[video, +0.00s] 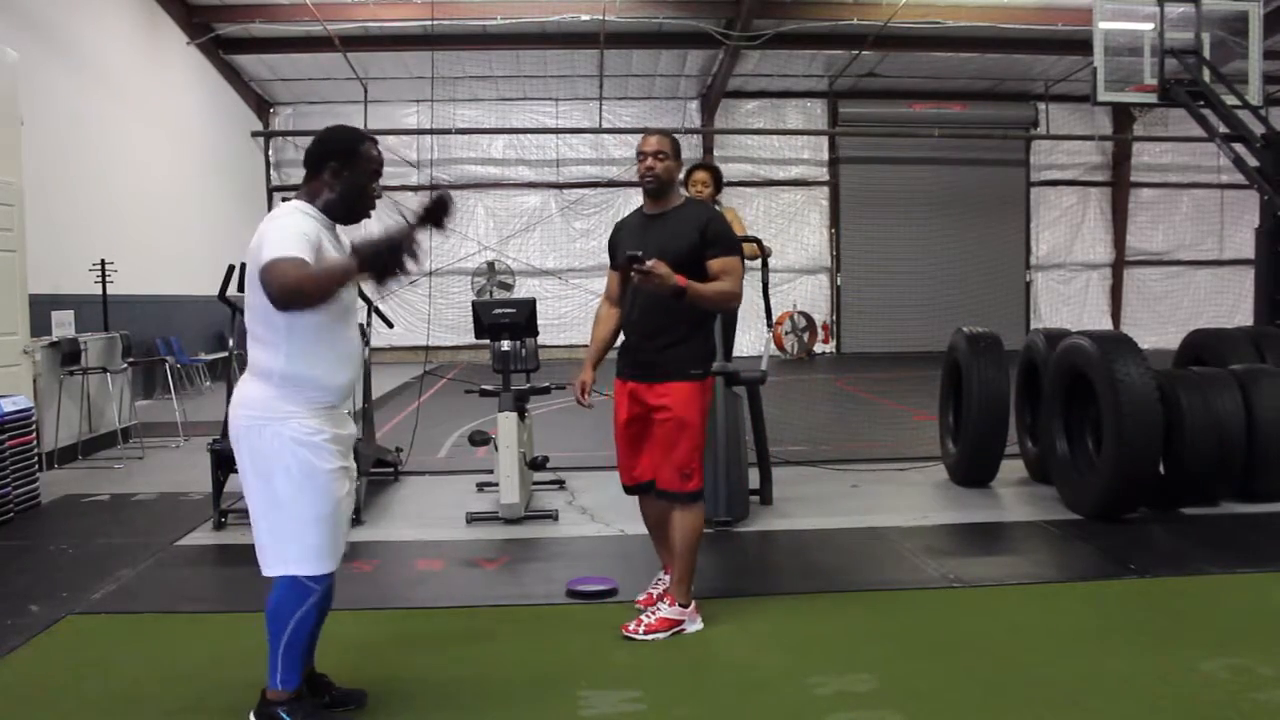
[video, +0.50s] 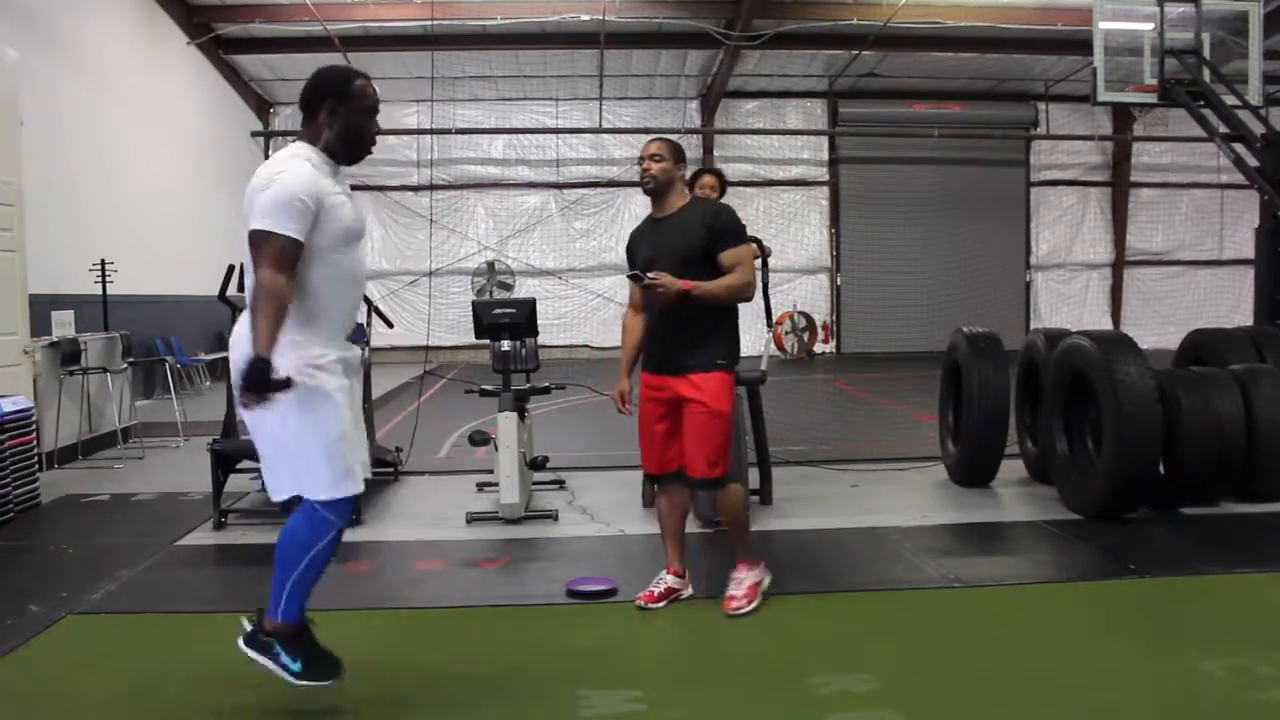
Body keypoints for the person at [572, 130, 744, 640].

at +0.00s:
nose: (649, 164)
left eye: (659, 157)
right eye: (642, 157)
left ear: (679, 166)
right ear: (635, 167)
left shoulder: (707, 219)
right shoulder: (625, 230)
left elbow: (731, 293)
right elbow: (612, 301)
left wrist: (675, 282)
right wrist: (590, 361)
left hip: (685, 375)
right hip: (635, 375)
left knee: (681, 487)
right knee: (646, 485)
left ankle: (681, 604)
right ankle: (673, 575)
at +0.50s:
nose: (646, 167)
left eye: (656, 160)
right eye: (642, 161)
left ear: (681, 168)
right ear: (639, 172)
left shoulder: (715, 217)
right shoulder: (639, 238)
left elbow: (745, 283)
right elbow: (635, 309)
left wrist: (684, 288)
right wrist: (625, 373)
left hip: (709, 369)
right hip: (658, 371)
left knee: (714, 473)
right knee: (666, 475)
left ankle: (747, 566)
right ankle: (675, 573)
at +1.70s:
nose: (711, 171)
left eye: (721, 163)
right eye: (707, 164)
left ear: (745, 169)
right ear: (703, 171)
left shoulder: (777, 226)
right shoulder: (693, 227)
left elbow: (801, 293)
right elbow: (682, 293)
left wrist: (751, 302)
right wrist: (666, 351)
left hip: (758, 373)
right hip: (699, 372)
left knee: (769, 471)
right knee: (684, 468)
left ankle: (767, 563)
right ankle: (677, 569)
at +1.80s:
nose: (702, 170)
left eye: (712, 162)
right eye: (698, 163)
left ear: (735, 168)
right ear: (694, 171)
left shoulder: (768, 224)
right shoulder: (686, 228)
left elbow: (794, 292)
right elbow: (675, 298)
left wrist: (742, 301)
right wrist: (659, 359)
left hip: (751, 373)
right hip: (693, 372)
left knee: (764, 471)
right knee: (678, 468)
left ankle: (765, 563)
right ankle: (676, 570)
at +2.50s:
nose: (632, 171)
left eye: (641, 163)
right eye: (627, 165)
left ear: (665, 169)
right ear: (624, 175)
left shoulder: (703, 217)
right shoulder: (626, 238)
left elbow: (737, 278)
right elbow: (618, 308)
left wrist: (683, 298)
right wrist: (596, 365)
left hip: (698, 369)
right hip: (646, 372)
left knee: (702, 474)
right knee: (659, 474)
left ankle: (747, 556)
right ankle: (673, 573)